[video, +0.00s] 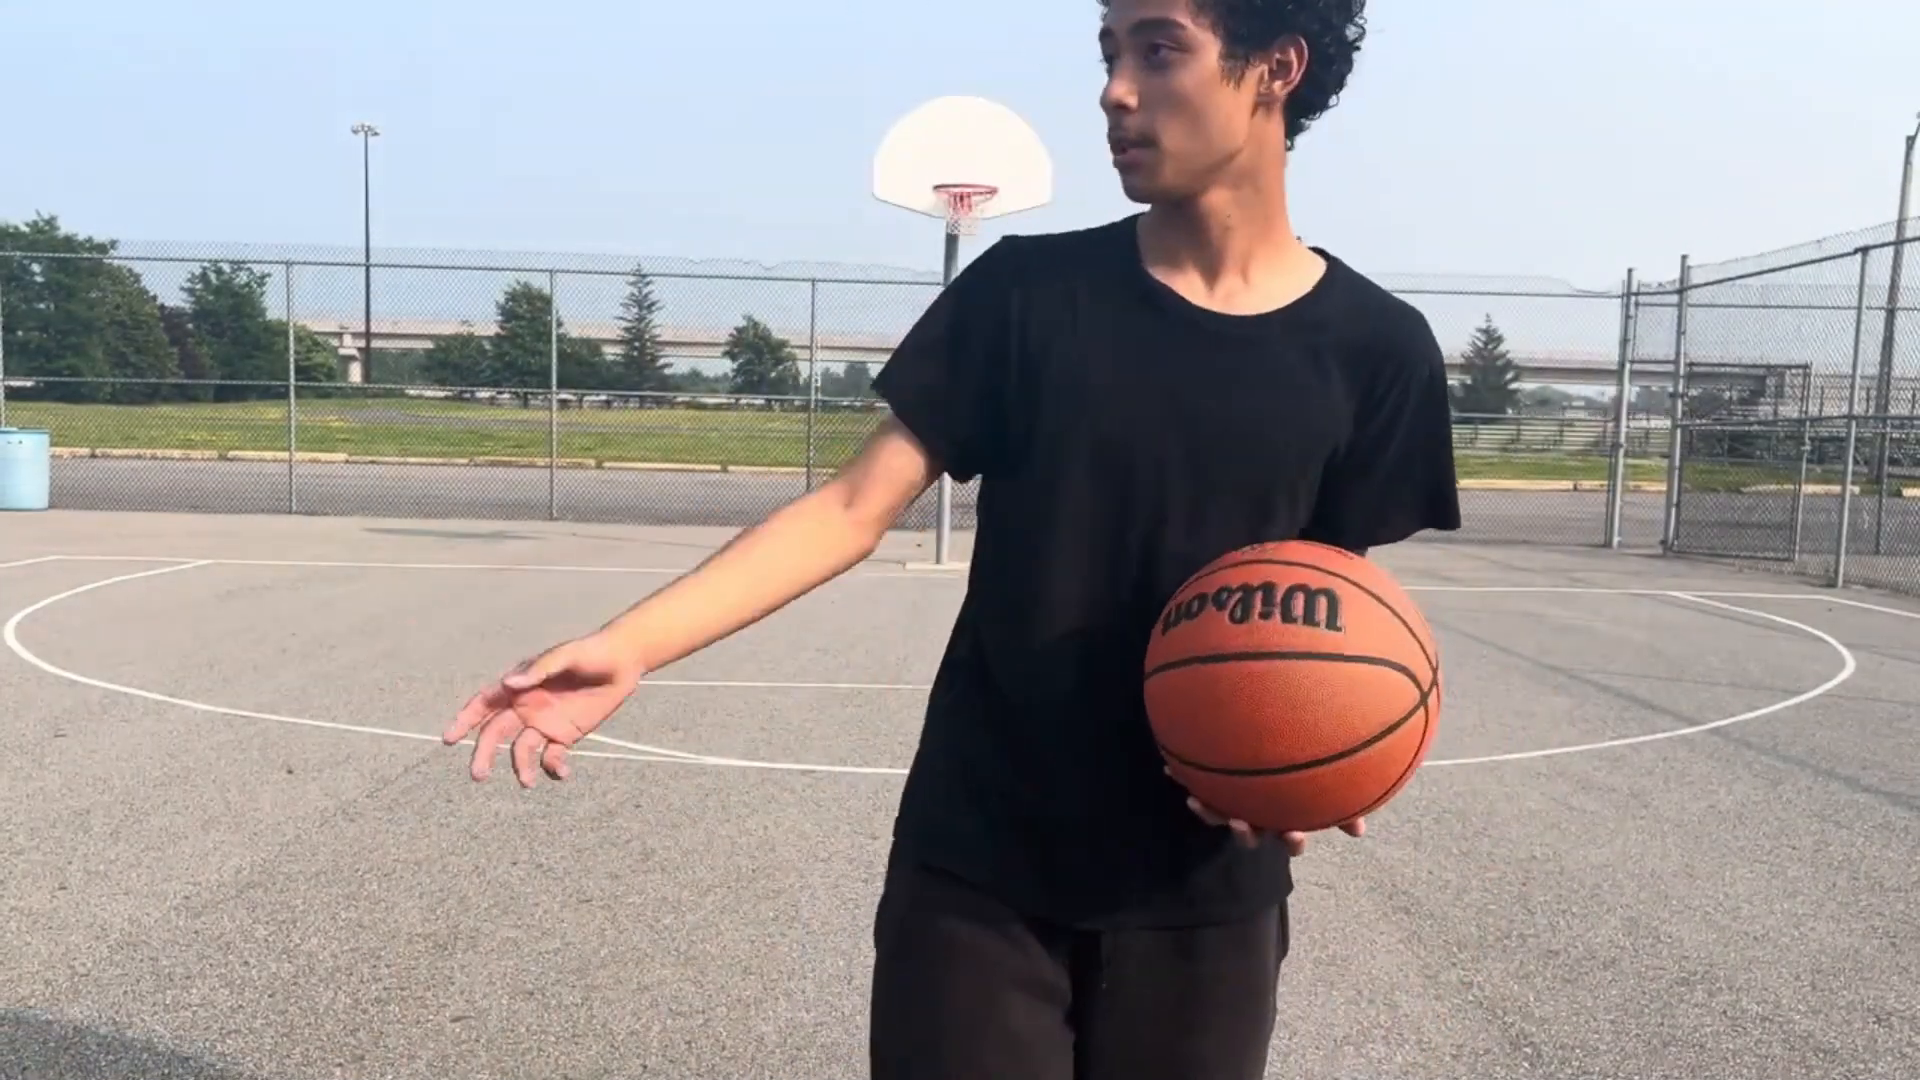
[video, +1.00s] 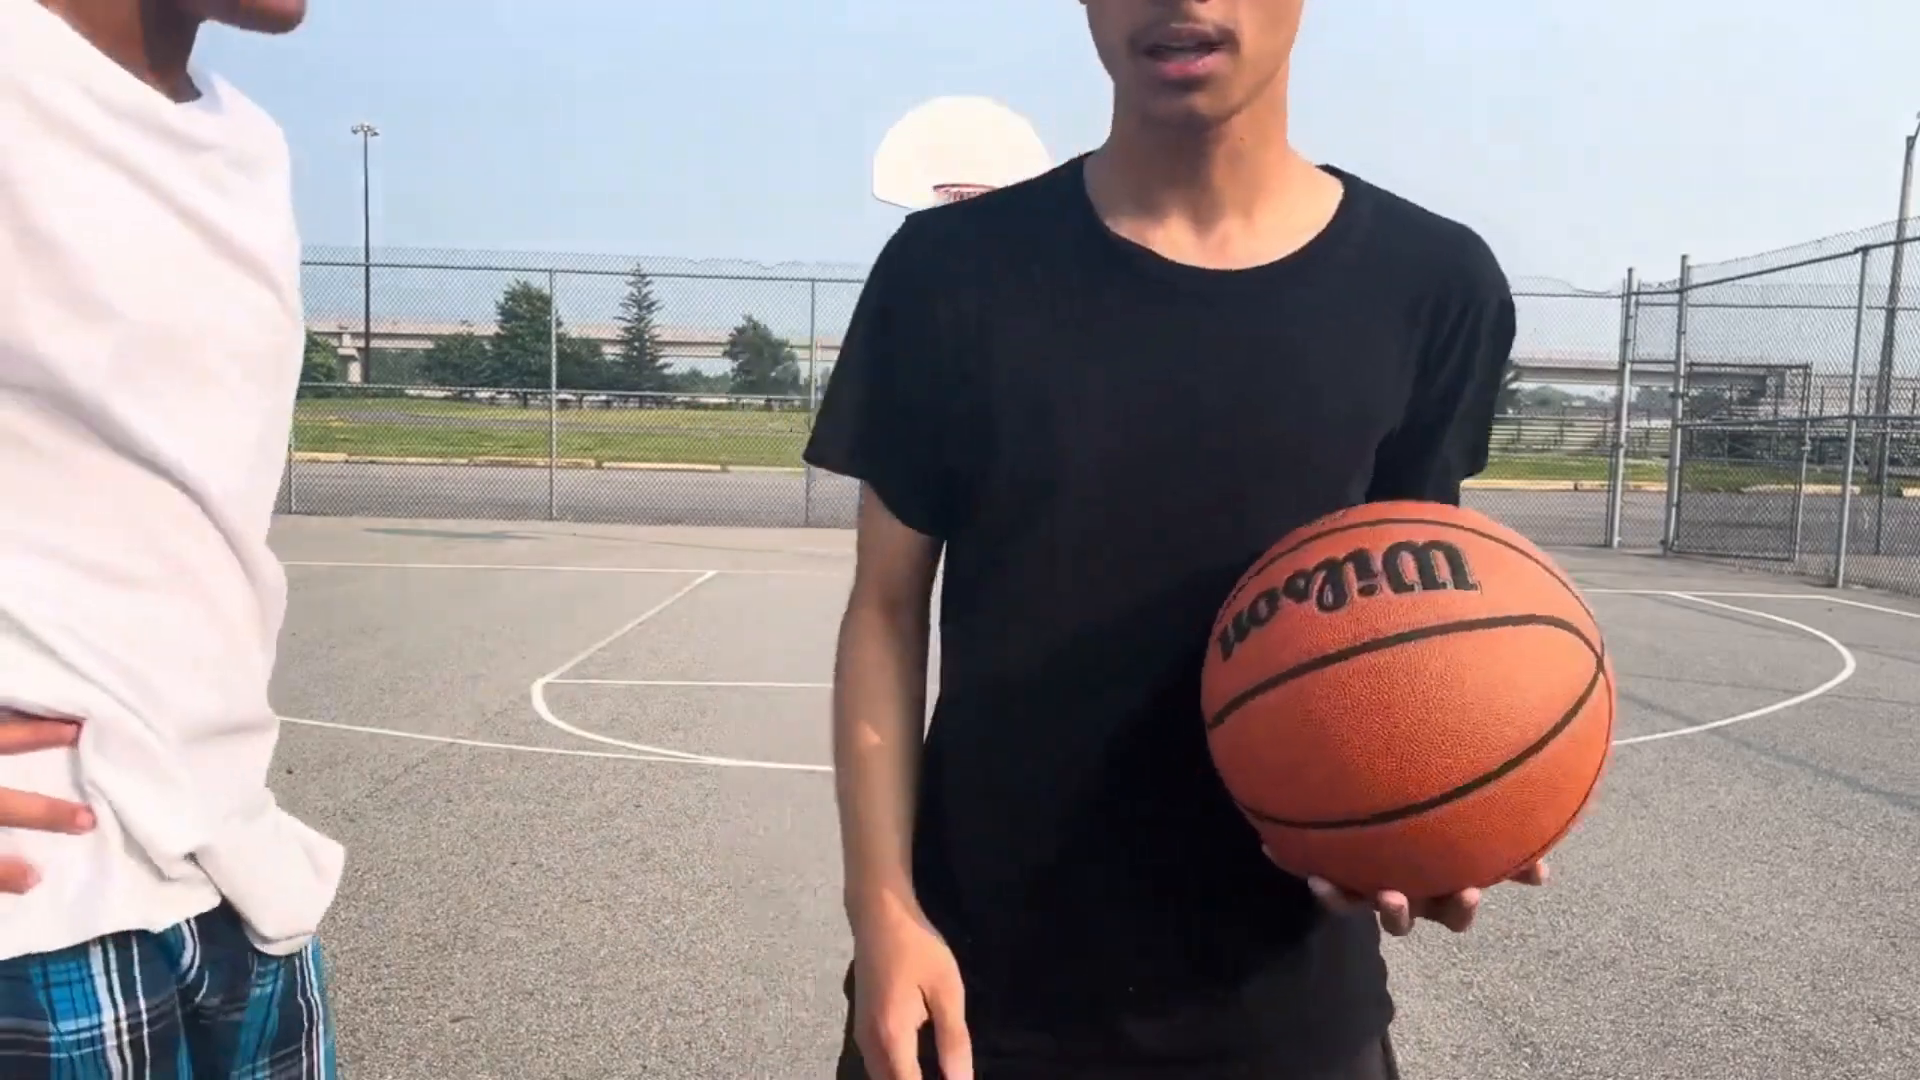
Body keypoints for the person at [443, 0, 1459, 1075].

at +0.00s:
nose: (1115, 95)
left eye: (1160, 54)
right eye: (1112, 58)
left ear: (1280, 73)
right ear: (1102, 68)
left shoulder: (1379, 350)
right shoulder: (1023, 291)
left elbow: (1343, 610)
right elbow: (849, 506)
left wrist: (1304, 761)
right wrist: (627, 645)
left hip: (1208, 887)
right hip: (979, 873)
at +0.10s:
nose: (1100, 79)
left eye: (1150, 42)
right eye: (1093, 46)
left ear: (1264, 69)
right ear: (1079, 66)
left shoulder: (1356, 345)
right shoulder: (987, 303)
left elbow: (1328, 618)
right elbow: (869, 555)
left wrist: (1294, 771)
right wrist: (710, 755)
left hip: (1204, 901)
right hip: (967, 887)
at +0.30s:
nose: (1058, 36)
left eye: (1102, 2)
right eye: (1022, 3)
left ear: (1174, 35)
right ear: (978, 40)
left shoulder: (1284, 295)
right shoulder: (895, 316)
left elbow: (1312, 577)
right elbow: (886, 608)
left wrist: (1320, 742)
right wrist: (862, 837)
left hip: (1187, 913)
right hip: (935, 906)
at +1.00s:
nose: (1183, 5)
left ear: (1301, 2)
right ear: (1090, 5)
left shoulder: (1434, 283)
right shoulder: (947, 269)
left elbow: (1411, 606)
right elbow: (886, 610)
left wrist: (1421, 808)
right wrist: (882, 909)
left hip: (1287, 988)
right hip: (994, 989)